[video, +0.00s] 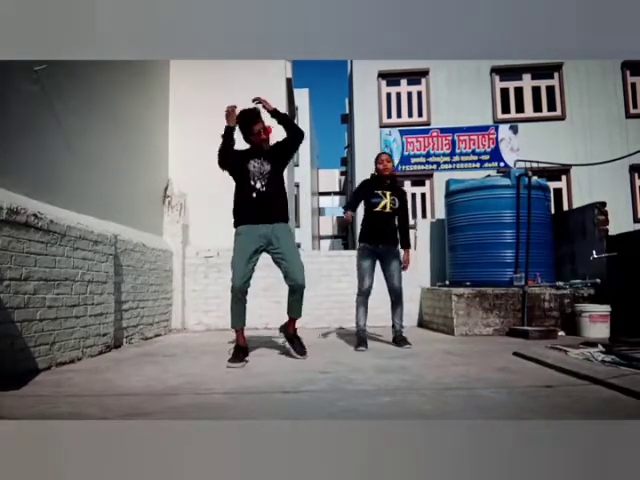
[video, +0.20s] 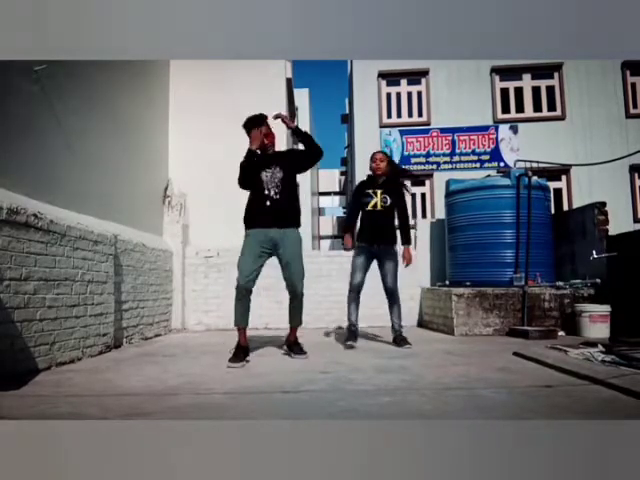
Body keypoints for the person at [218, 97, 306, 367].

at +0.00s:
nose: (265, 134)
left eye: (266, 129)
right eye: (258, 132)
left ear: (268, 128)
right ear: (247, 135)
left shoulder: (278, 154)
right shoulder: (238, 159)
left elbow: (297, 135)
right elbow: (223, 159)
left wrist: (274, 112)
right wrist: (230, 127)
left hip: (279, 227)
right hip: (248, 229)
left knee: (298, 282)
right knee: (239, 285)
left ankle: (291, 327)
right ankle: (240, 342)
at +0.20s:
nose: (265, 137)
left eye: (266, 132)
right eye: (260, 134)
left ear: (271, 134)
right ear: (252, 138)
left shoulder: (289, 158)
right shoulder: (250, 162)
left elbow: (316, 153)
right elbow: (245, 184)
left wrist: (295, 129)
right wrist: (253, 148)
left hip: (288, 231)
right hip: (258, 231)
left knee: (296, 287)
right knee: (243, 285)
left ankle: (293, 338)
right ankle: (242, 342)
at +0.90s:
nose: (264, 138)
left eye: (268, 134)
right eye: (260, 134)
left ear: (275, 136)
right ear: (252, 137)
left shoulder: (287, 168)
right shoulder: (241, 169)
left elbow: (300, 202)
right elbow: (210, 197)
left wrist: (300, 231)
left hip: (285, 237)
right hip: (254, 237)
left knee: (294, 287)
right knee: (245, 288)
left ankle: (291, 337)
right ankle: (244, 342)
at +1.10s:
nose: (265, 131)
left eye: (269, 126)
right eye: (260, 127)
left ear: (276, 129)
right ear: (254, 130)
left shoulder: (286, 162)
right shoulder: (239, 163)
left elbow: (295, 196)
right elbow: (219, 197)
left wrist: (295, 225)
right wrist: (231, 219)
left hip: (284, 232)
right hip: (253, 234)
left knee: (298, 282)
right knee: (245, 286)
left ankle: (300, 339)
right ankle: (244, 341)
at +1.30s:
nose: (270, 130)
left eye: (274, 126)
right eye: (265, 126)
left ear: (280, 129)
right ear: (258, 129)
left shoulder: (291, 163)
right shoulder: (243, 162)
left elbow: (301, 198)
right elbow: (223, 199)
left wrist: (300, 229)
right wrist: (231, 223)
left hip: (287, 232)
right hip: (255, 232)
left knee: (295, 285)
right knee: (248, 287)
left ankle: (301, 343)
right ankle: (244, 341)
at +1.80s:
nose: (264, 152)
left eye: (269, 146)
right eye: (260, 147)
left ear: (277, 147)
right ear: (254, 149)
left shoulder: (294, 170)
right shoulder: (252, 188)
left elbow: (321, 180)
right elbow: (251, 224)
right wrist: (251, 236)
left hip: (299, 247)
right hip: (266, 250)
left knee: (320, 294)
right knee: (244, 293)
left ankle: (313, 339)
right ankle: (266, 338)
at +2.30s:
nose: (267, 156)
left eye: (272, 151)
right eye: (263, 151)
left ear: (280, 154)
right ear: (258, 155)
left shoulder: (294, 179)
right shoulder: (251, 188)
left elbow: (308, 214)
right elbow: (248, 224)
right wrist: (262, 208)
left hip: (307, 249)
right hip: (275, 256)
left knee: (341, 286)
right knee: (252, 302)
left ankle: (364, 337)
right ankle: (274, 347)